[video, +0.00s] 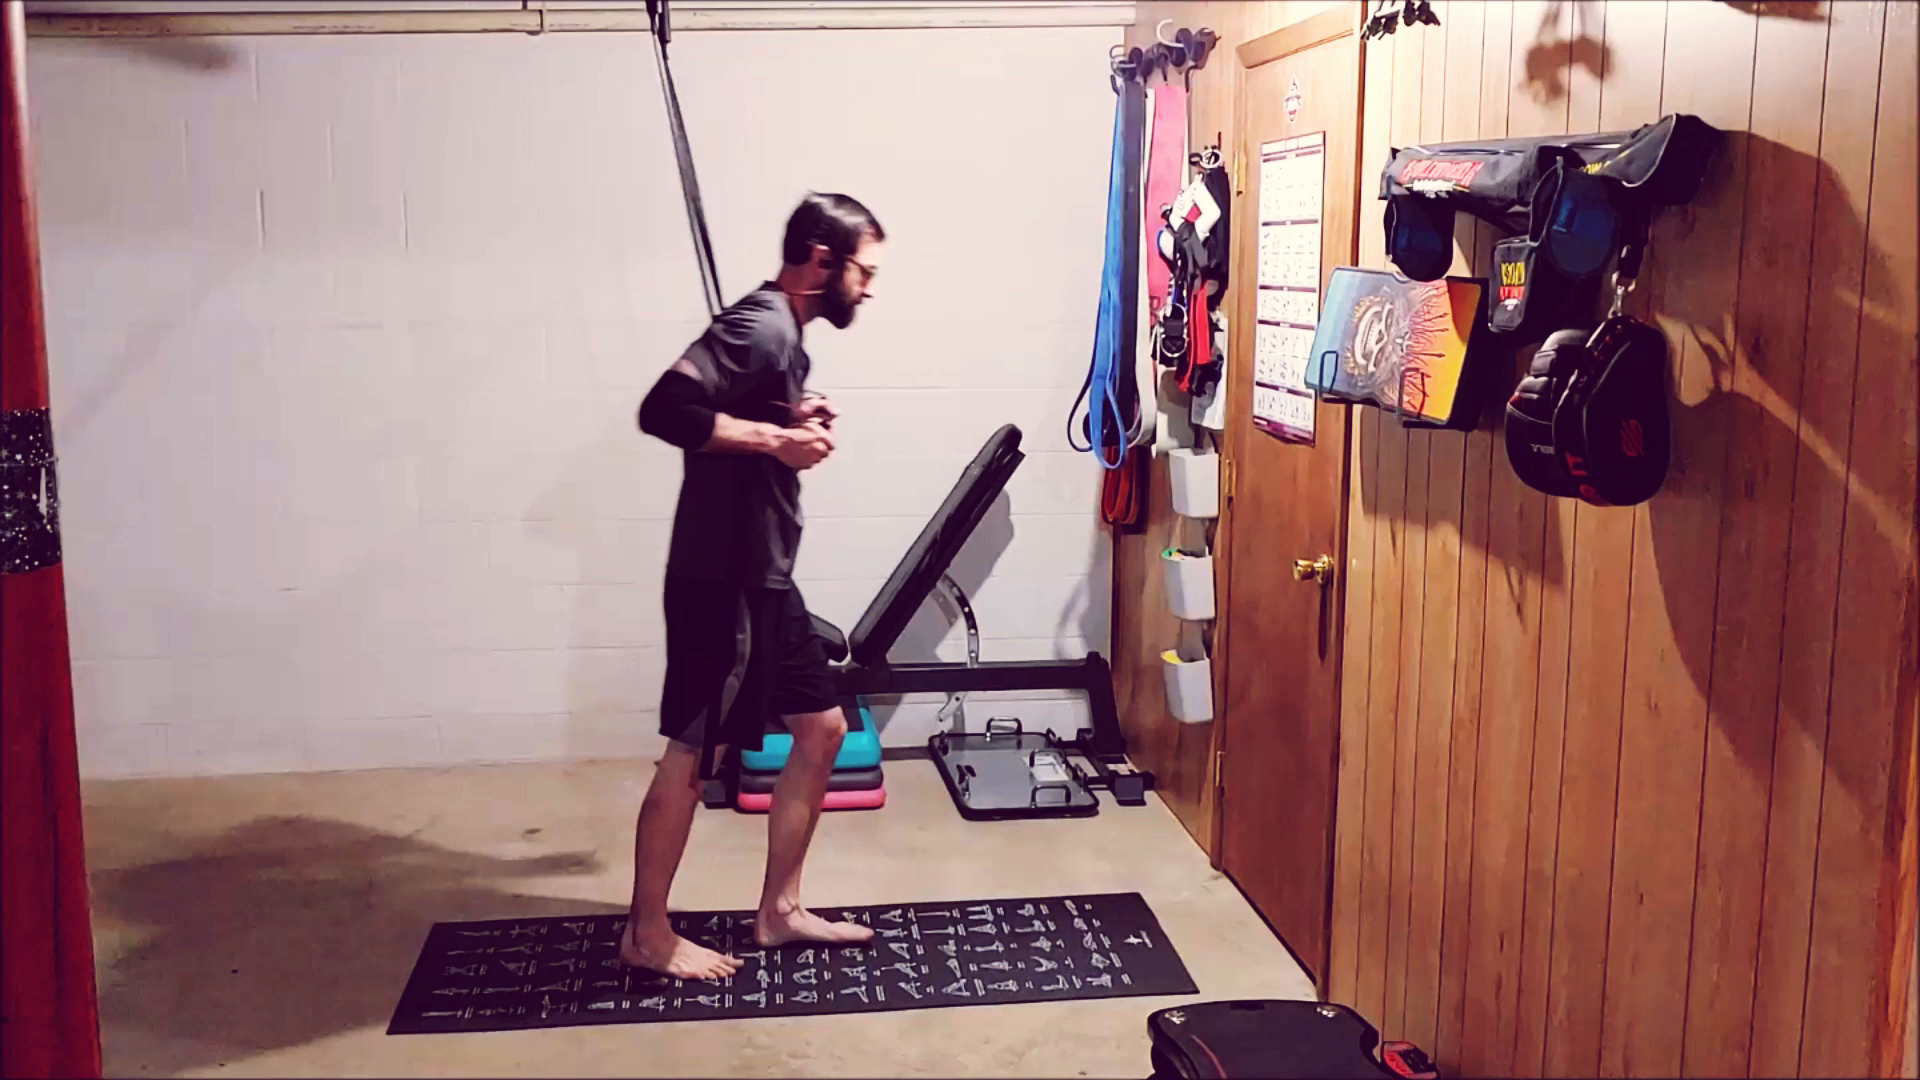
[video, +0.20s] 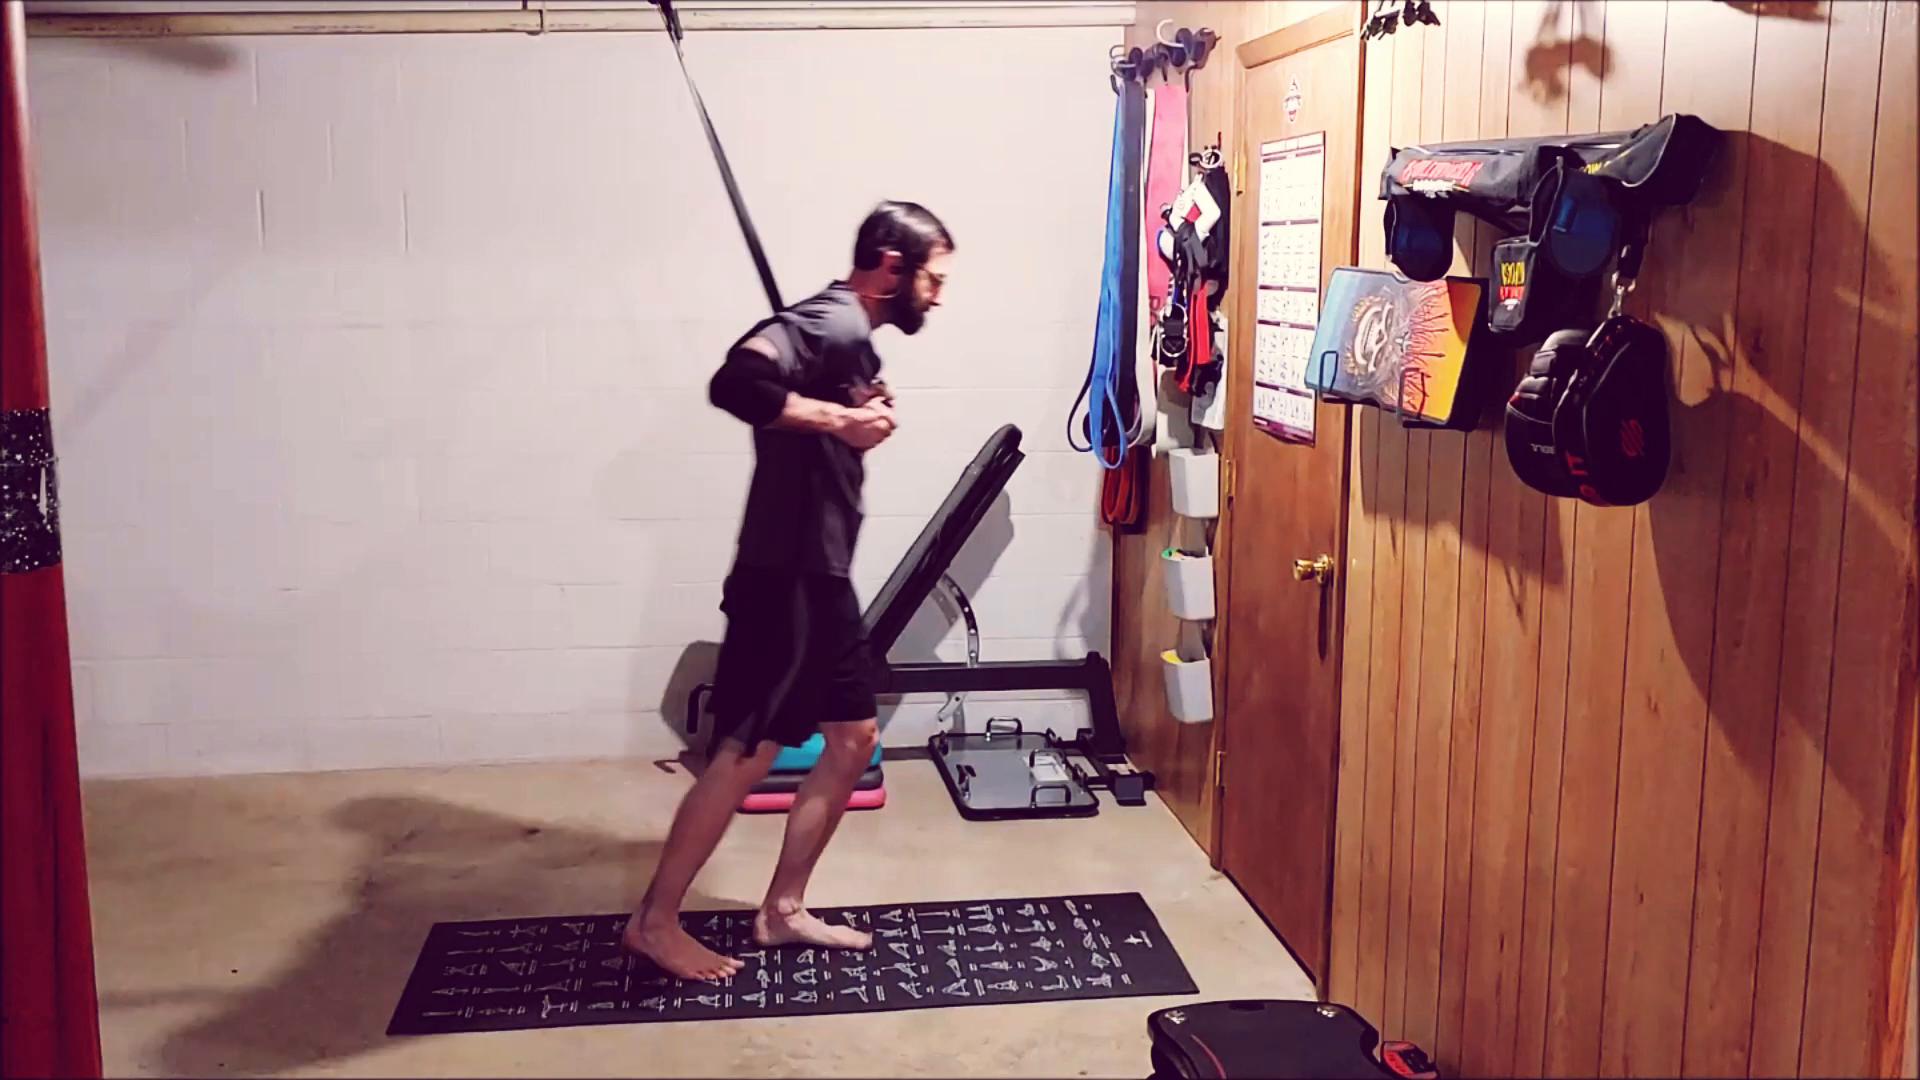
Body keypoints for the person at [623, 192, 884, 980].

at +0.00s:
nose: (870, 286)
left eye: (873, 272)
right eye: (865, 270)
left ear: (820, 261)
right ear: (819, 260)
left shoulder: (788, 331)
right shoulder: (757, 323)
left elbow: (725, 420)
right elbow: (664, 410)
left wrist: (795, 418)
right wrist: (776, 439)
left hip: (767, 576)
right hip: (719, 576)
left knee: (822, 728)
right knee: (692, 752)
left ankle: (780, 909)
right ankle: (647, 933)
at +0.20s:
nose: (939, 294)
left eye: (942, 279)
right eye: (934, 277)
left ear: (887, 266)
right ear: (889, 264)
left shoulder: (853, 332)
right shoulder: (829, 318)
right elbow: (735, 380)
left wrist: (870, 412)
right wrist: (839, 420)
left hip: (824, 572)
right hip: (781, 571)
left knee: (853, 737)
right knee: (747, 749)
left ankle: (784, 909)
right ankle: (653, 922)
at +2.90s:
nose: (808, 296)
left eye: (811, 281)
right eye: (803, 279)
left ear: (758, 268)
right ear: (757, 266)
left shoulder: (714, 338)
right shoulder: (690, 330)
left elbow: (650, 428)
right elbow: (592, 414)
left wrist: (728, 423)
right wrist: (707, 445)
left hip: (655, 575)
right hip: (660, 580)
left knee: (631, 747)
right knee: (749, 730)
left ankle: (562, 924)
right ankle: (732, 919)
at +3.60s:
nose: (1072, 249)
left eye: (1080, 236)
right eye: (1074, 231)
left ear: (1035, 203)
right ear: (1039, 204)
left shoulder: (997, 262)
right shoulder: (968, 244)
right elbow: (886, 317)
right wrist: (995, 330)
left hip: (1002, 469)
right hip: (955, 498)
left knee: (1132, 429)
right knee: (934, 704)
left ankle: (1037, 582)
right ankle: (851, 872)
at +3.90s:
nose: (1041, 269)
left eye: (1048, 255)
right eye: (1042, 249)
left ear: (1001, 222)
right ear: (1006, 222)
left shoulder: (968, 279)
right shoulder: (937, 267)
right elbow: (858, 341)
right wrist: (967, 349)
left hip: (1005, 476)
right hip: (956, 517)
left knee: (1130, 447)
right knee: (934, 720)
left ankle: (1058, 603)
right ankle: (833, 883)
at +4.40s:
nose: (930, 273)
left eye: (932, 258)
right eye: (923, 257)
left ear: (876, 249)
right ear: (880, 247)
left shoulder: (843, 312)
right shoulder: (829, 303)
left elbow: (767, 386)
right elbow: (737, 377)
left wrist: (851, 410)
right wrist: (846, 412)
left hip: (841, 551)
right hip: (803, 558)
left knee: (933, 664)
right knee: (807, 734)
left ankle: (797, 746)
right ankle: (784, 918)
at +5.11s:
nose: (750, 270)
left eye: (753, 255)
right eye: (742, 254)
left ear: (694, 250)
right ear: (695, 247)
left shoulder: (660, 316)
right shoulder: (644, 313)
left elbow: (600, 406)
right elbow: (547, 408)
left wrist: (666, 417)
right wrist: (655, 444)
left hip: (607, 563)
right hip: (625, 568)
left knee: (613, 738)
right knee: (699, 737)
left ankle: (593, 917)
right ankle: (629, 916)